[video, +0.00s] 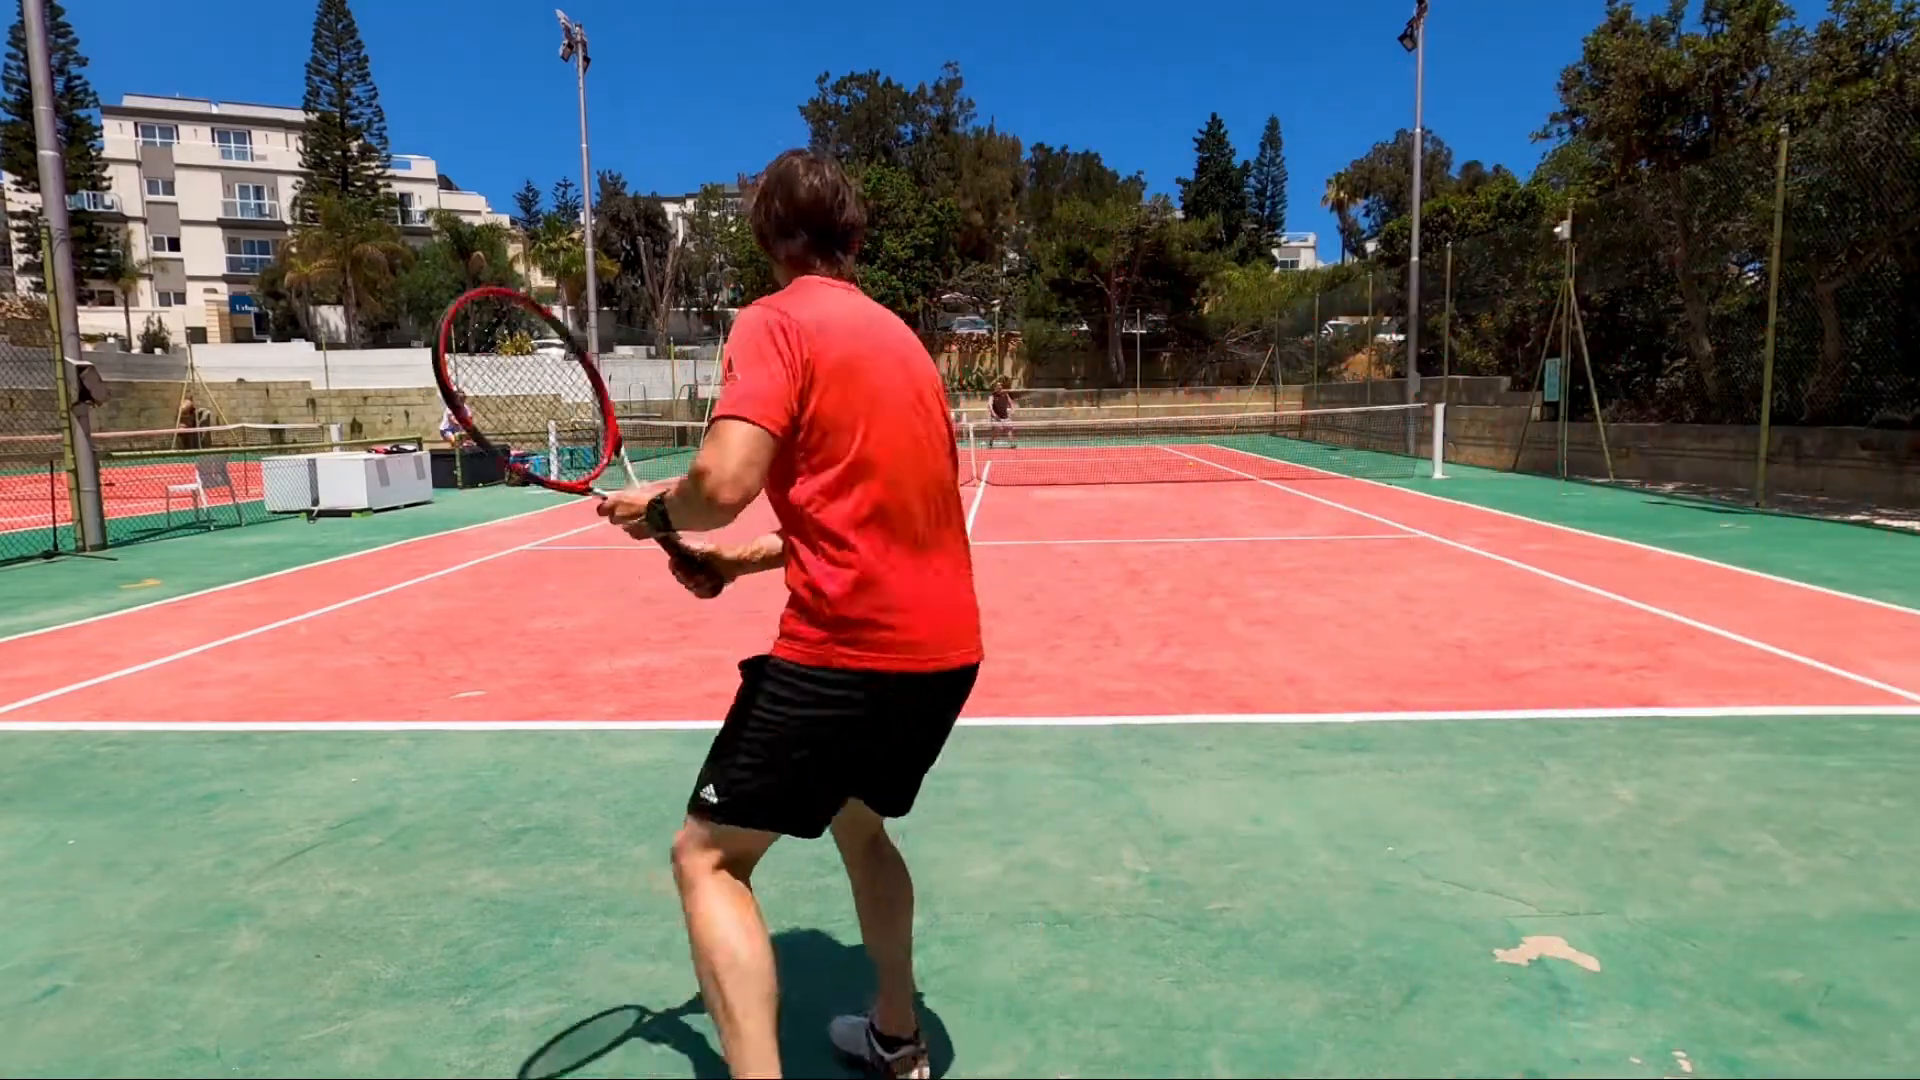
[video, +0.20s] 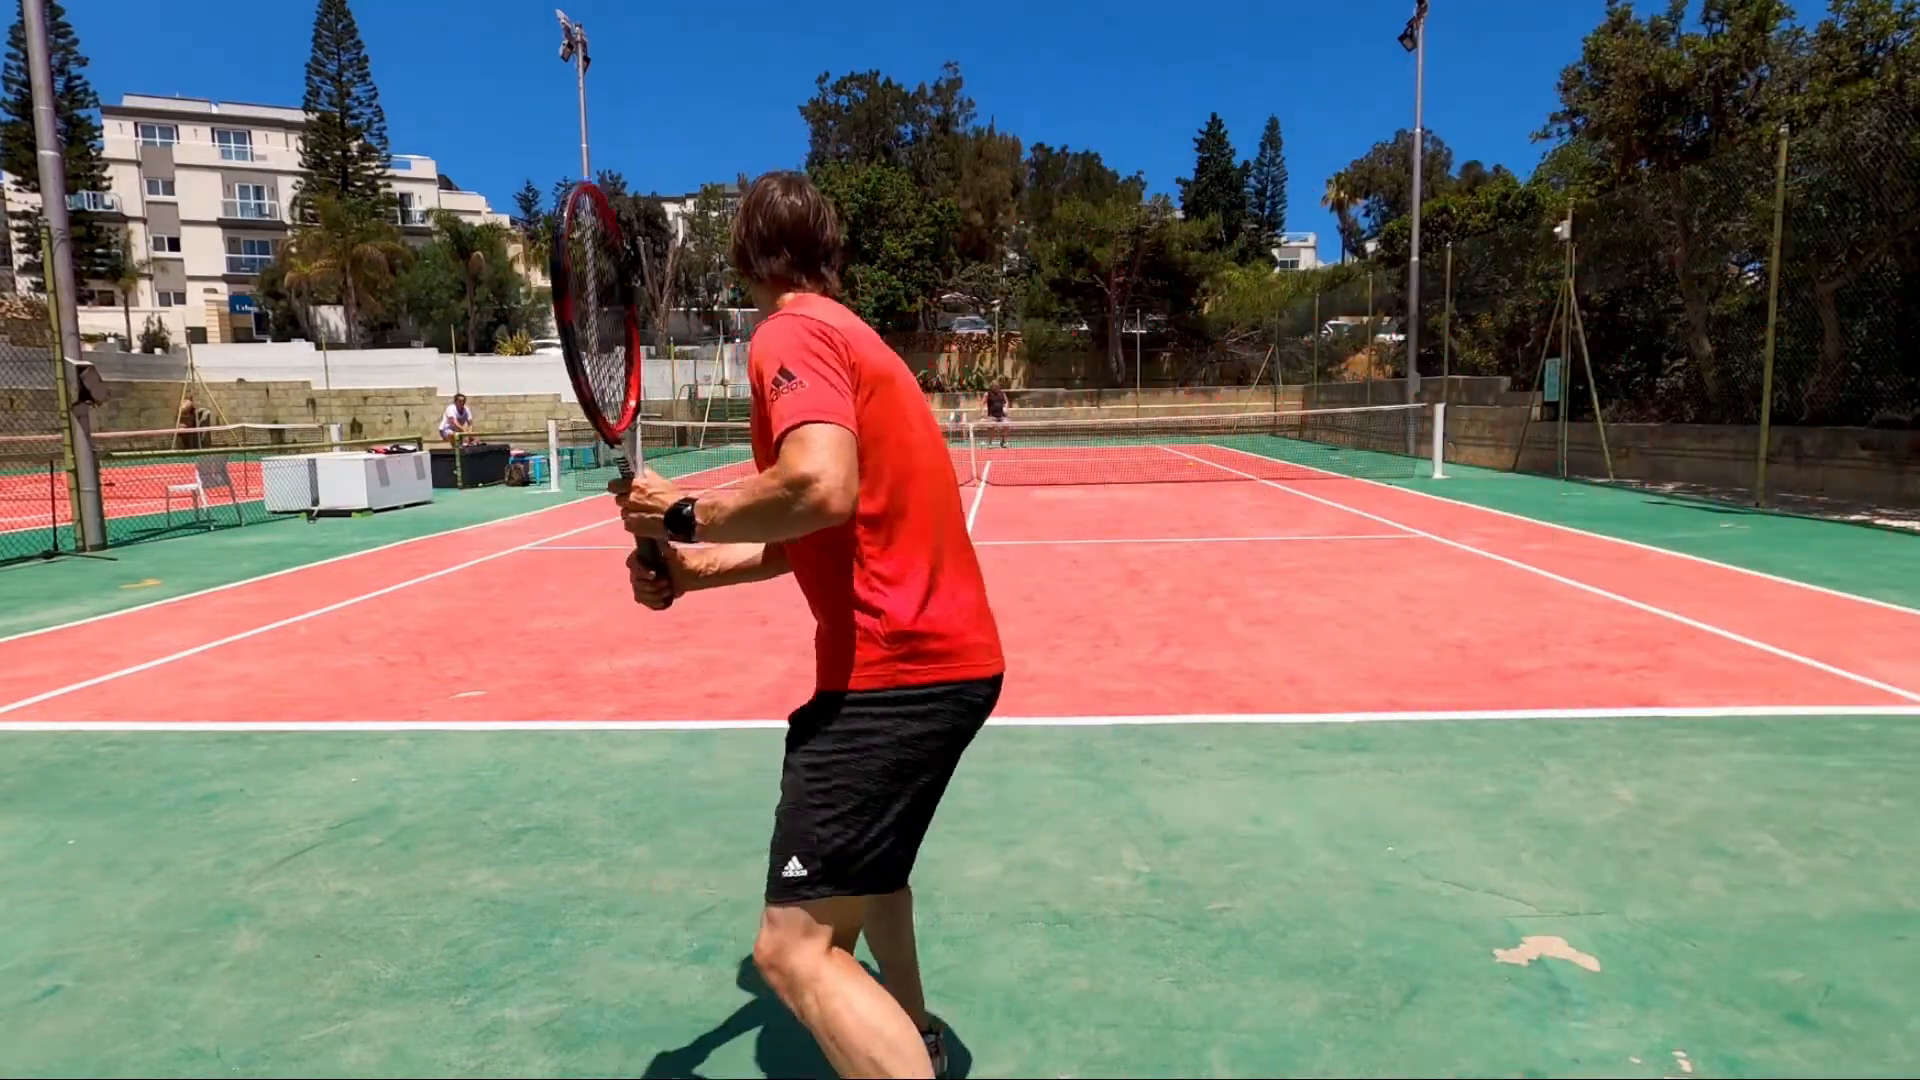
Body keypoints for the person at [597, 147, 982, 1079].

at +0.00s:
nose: (755, 240)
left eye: (756, 227)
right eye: (761, 228)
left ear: (768, 232)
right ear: (851, 235)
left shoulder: (776, 323)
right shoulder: (900, 339)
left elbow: (724, 486)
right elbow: (878, 510)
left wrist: (661, 507)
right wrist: (740, 558)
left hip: (837, 648)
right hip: (943, 647)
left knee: (709, 855)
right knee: (859, 819)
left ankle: (755, 1072)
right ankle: (897, 1029)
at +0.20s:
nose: (734, 265)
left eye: (736, 250)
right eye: (737, 250)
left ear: (748, 254)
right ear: (828, 250)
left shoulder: (794, 333)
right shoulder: (851, 341)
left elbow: (823, 487)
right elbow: (819, 537)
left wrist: (689, 513)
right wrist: (697, 568)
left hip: (896, 666)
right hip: (933, 659)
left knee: (793, 951)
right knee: (873, 870)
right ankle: (905, 1036)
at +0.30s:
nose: (725, 296)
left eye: (724, 282)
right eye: (735, 284)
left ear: (730, 285)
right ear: (815, 278)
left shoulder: (790, 354)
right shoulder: (826, 361)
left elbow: (850, 497)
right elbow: (775, 572)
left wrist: (707, 546)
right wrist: (685, 606)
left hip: (924, 685)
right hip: (889, 679)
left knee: (851, 989)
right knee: (823, 824)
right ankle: (891, 1015)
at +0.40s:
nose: (701, 318)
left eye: (697, 303)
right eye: (701, 305)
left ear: (707, 300)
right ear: (784, 284)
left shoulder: (782, 356)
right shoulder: (795, 374)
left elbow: (852, 480)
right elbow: (751, 575)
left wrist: (693, 528)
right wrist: (667, 614)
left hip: (930, 695)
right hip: (890, 690)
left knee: (839, 1002)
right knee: (799, 827)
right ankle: (884, 1015)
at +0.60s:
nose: (630, 311)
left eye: (636, 290)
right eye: (630, 297)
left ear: (670, 290)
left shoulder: (757, 317)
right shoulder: (692, 405)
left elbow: (876, 360)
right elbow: (634, 506)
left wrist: (697, 339)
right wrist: (582, 443)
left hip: (877, 673)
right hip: (821, 678)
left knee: (823, 987)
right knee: (760, 797)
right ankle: (800, 1016)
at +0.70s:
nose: (627, 312)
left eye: (625, 296)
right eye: (630, 299)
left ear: (635, 296)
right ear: (711, 278)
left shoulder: (757, 344)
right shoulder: (671, 388)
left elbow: (893, 410)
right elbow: (596, 486)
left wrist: (755, 414)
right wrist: (572, 438)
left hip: (836, 672)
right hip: (785, 675)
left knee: (797, 977)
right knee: (722, 794)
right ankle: (792, 1011)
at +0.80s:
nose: (603, 281)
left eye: (603, 262)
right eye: (603, 263)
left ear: (622, 258)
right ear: (685, 246)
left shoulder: (711, 320)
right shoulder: (657, 358)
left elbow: (822, 441)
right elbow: (610, 467)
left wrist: (720, 550)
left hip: (792, 639)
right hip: (740, 638)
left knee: (794, 926)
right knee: (720, 805)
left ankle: (893, 1068)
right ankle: (789, 1014)